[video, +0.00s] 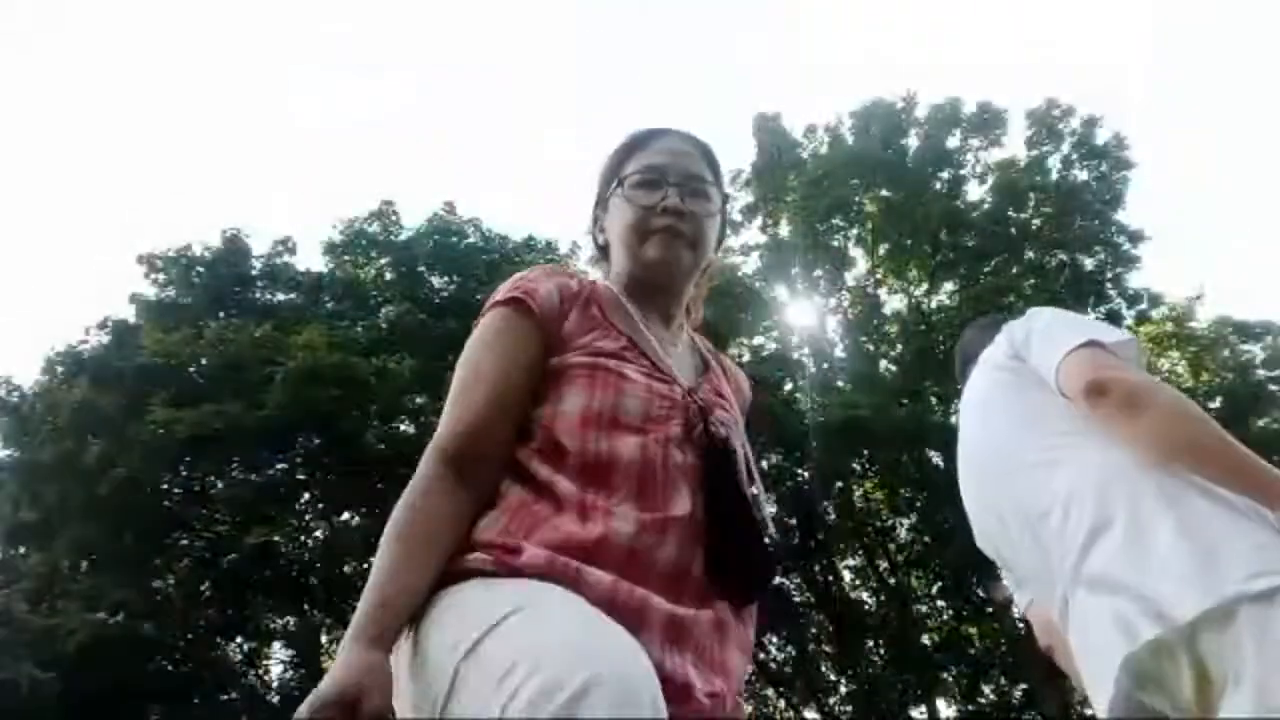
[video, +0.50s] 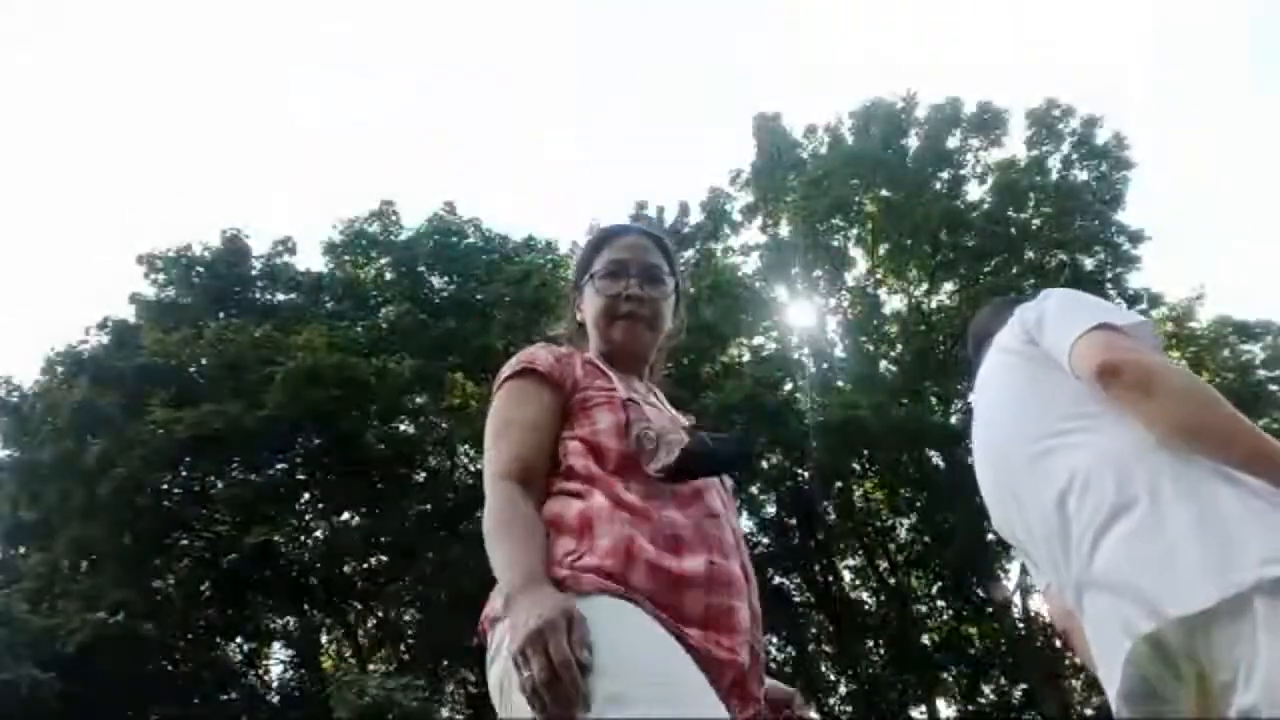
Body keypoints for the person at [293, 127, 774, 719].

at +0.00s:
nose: (673, 200)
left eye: (697, 189)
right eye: (648, 183)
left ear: (721, 233)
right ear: (604, 218)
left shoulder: (728, 382)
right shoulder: (549, 301)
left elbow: (719, 534)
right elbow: (454, 470)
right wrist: (365, 645)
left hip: (686, 673)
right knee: (605, 685)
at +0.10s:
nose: (662, 211)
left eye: (685, 201)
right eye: (639, 193)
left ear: (706, 242)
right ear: (596, 225)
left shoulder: (713, 379)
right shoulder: (549, 298)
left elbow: (716, 533)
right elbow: (470, 444)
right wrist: (412, 584)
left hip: (689, 626)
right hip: (538, 575)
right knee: (609, 695)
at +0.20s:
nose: (648, 245)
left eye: (671, 234)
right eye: (626, 229)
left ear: (692, 267)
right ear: (589, 260)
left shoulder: (690, 386)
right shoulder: (550, 324)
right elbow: (477, 450)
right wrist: (447, 542)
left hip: (685, 620)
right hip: (548, 576)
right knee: (598, 697)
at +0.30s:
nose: (642, 275)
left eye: (662, 264)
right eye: (620, 260)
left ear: (686, 296)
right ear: (584, 290)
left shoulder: (694, 415)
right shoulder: (554, 355)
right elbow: (490, 479)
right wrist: (480, 555)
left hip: (690, 645)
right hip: (561, 607)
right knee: (611, 705)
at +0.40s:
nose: (637, 285)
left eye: (656, 274)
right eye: (617, 271)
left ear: (680, 304)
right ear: (583, 300)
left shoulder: (690, 420)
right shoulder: (555, 364)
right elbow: (509, 488)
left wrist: (735, 686)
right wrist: (510, 585)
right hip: (586, 616)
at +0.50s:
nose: (632, 288)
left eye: (652, 277)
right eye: (612, 274)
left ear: (673, 308)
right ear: (580, 303)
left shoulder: (677, 421)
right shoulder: (549, 366)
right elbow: (510, 484)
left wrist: (749, 678)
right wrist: (526, 589)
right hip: (588, 613)